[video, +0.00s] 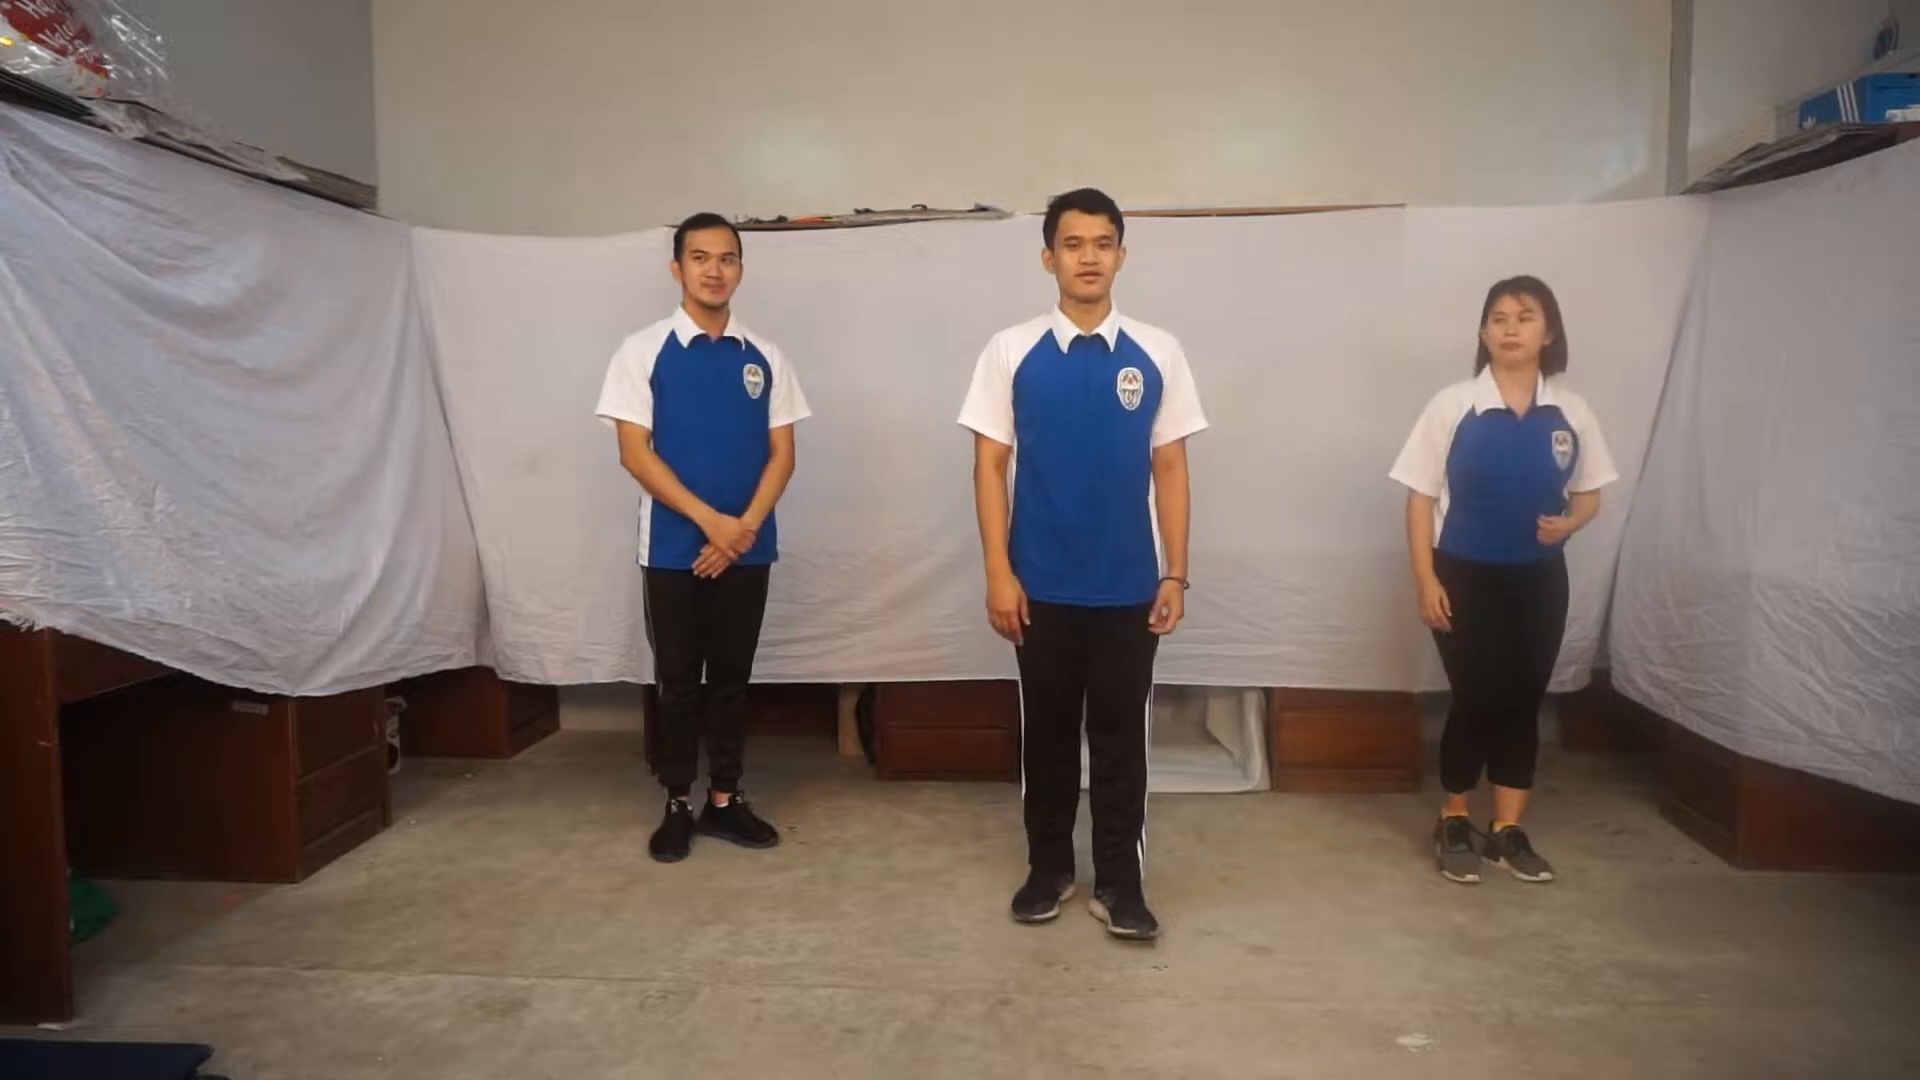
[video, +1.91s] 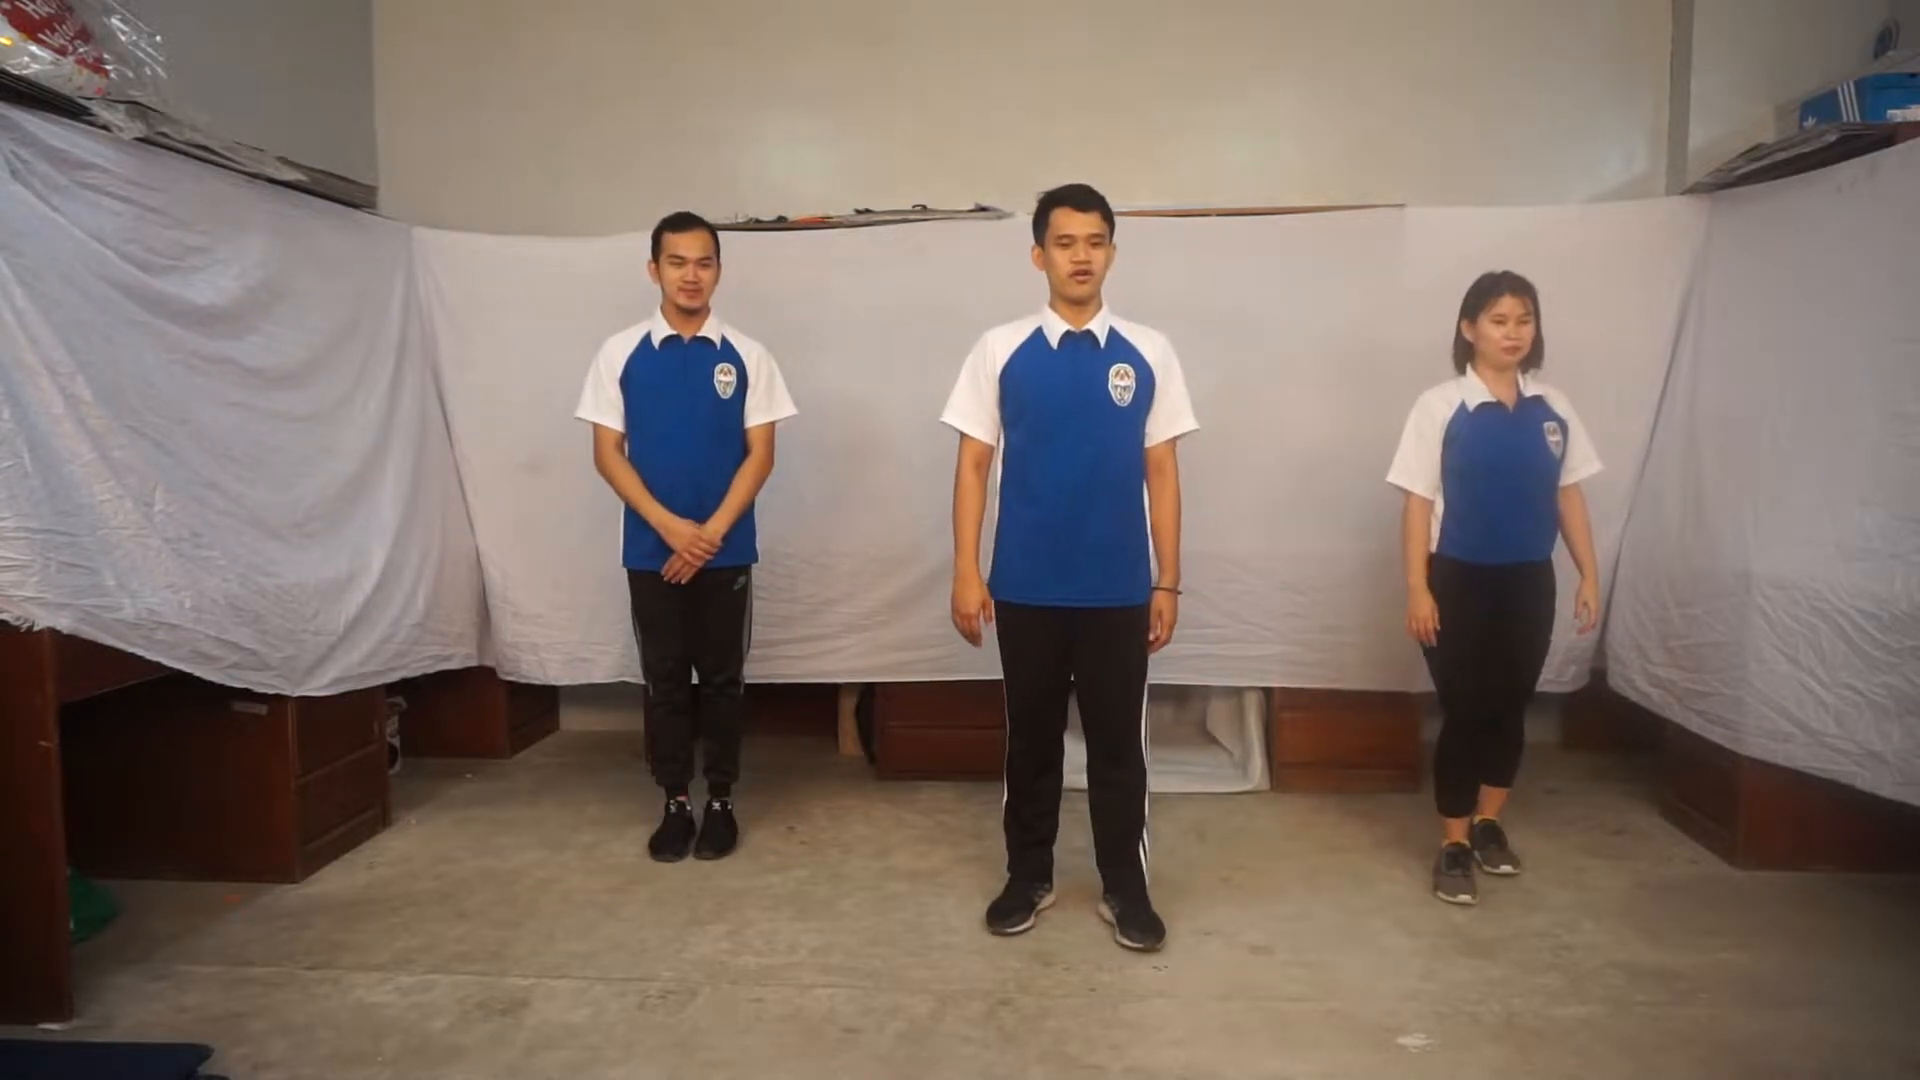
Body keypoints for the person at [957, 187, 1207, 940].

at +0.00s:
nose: (1090, 257)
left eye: (1103, 244)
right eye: (1074, 244)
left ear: (1120, 255)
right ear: (1050, 257)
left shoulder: (1155, 352)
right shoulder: (1010, 351)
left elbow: (1170, 468)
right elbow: (991, 467)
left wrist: (1174, 572)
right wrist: (998, 573)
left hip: (1127, 588)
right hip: (1043, 588)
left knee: (1121, 743)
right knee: (1046, 740)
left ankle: (1120, 879)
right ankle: (1048, 868)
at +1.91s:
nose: (1082, 256)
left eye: (1095, 243)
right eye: (1066, 243)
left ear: (1112, 253)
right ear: (1040, 255)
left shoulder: (1146, 351)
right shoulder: (1000, 350)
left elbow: (1162, 473)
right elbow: (973, 466)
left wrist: (1166, 581)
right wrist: (966, 571)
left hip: (1118, 592)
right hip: (1025, 591)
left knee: (1118, 750)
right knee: (1030, 746)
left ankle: (1125, 885)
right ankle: (1026, 877)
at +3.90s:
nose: (1098, 252)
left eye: (1113, 237)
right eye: (1082, 238)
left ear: (1135, 250)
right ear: (1061, 251)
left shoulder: (1175, 354)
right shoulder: (1019, 351)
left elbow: (1216, 468)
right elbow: (983, 462)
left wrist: (1257, 580)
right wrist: (998, 567)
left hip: (1133, 600)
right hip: (1039, 597)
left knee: (1147, 753)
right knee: (1026, 754)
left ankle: (1187, 900)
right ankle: (1016, 888)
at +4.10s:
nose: (1120, 256)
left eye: (1139, 240)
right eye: (1112, 242)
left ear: (1183, 249)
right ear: (1105, 251)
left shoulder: (1222, 347)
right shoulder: (1090, 347)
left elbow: (1242, 483)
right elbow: (1026, 416)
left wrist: (1243, 606)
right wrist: (1019, 473)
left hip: (1186, 605)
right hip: (1101, 598)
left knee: (1193, 769)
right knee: (1065, 752)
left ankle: (1207, 910)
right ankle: (1032, 883)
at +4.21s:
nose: (1134, 257)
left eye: (1151, 243)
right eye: (1129, 242)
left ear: (1202, 247)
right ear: (1129, 246)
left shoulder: (1228, 342)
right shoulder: (1135, 334)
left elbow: (1221, 479)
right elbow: (1073, 355)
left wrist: (1151, 591)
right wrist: (1033, 366)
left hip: (1211, 590)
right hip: (1141, 576)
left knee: (1198, 754)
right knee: (1115, 720)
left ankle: (1206, 910)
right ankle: (1118, 871)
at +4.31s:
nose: (1149, 257)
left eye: (1164, 242)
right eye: (1148, 242)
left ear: (1218, 248)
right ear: (1183, 249)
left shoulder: (1223, 332)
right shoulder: (1188, 312)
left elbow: (1195, 464)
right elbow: (1131, 282)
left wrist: (1124, 533)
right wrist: (1059, 249)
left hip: (1222, 583)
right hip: (1180, 572)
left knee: (1210, 740)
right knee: (1162, 715)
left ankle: (1206, 909)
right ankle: (1243, 866)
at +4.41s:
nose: (1166, 258)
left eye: (1180, 244)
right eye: (1165, 243)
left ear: (1229, 250)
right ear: (1226, 248)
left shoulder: (1213, 331)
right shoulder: (1263, 303)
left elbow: (1164, 475)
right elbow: (1216, 215)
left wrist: (1149, 512)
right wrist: (1145, 145)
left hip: (1221, 582)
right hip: (1272, 566)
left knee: (1206, 741)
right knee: (1269, 723)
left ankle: (1209, 908)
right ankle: (1364, 879)